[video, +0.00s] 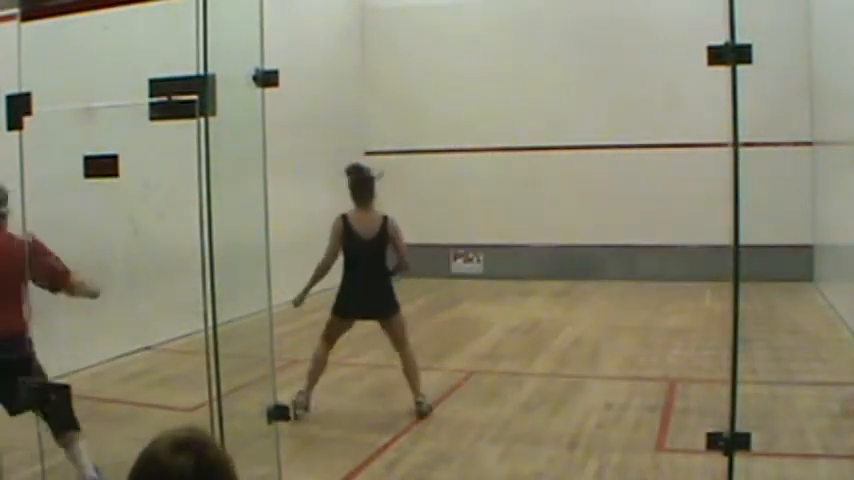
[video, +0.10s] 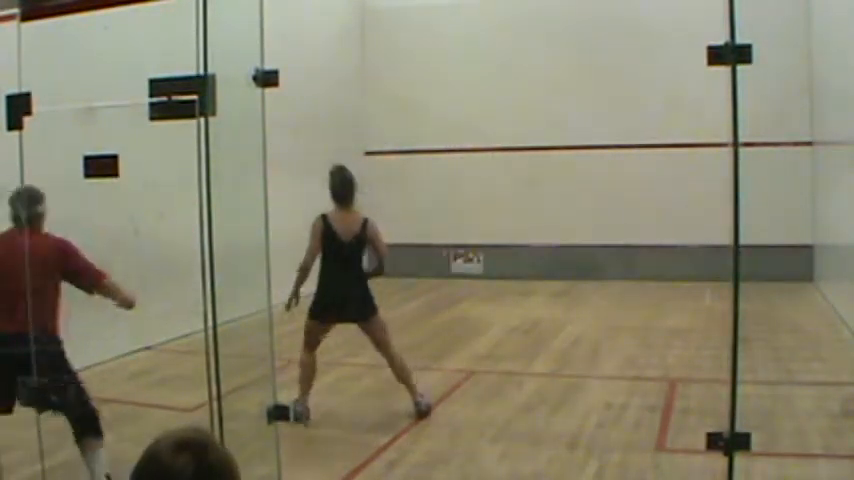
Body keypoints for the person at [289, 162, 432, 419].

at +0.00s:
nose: (365, 195)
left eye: (356, 191)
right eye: (369, 190)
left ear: (351, 194)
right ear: (373, 192)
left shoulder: (343, 223)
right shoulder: (388, 223)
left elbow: (328, 262)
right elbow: (404, 262)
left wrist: (305, 291)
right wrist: (388, 272)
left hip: (350, 296)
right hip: (381, 295)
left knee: (326, 342)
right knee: (403, 347)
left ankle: (305, 395)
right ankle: (419, 398)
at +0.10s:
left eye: (334, 190)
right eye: (347, 189)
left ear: (331, 193)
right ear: (354, 191)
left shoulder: (322, 223)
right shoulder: (366, 224)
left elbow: (308, 263)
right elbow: (381, 263)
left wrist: (295, 290)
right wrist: (363, 274)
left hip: (328, 298)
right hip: (358, 296)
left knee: (309, 349)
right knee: (388, 350)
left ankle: (302, 403)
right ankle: (418, 399)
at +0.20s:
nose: (312, 184)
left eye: (309, 180)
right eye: (320, 180)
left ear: (307, 183)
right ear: (330, 182)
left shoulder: (301, 210)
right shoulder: (342, 214)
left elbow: (290, 249)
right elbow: (357, 254)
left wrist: (278, 274)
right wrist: (335, 263)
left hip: (303, 287)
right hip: (332, 285)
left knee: (289, 345)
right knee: (353, 343)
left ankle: (297, 402)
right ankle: (382, 397)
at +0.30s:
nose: (285, 174)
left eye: (284, 170)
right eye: (291, 170)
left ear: (283, 173)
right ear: (306, 171)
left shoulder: (282, 200)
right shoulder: (318, 203)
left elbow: (277, 238)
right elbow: (329, 246)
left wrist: (260, 262)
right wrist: (306, 252)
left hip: (287, 274)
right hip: (313, 274)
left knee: (271, 336)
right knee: (307, 336)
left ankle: (278, 399)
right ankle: (318, 398)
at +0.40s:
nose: (259, 177)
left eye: (260, 172)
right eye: (261, 172)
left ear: (263, 175)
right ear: (282, 174)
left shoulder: (265, 205)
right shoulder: (296, 208)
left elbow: (263, 248)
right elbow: (298, 248)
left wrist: (239, 265)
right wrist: (274, 256)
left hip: (270, 282)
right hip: (294, 280)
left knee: (245, 337)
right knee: (274, 340)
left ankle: (249, 405)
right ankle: (274, 399)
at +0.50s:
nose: (241, 195)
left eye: (242, 190)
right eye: (244, 189)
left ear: (243, 193)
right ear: (263, 191)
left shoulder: (248, 224)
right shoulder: (272, 223)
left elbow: (248, 263)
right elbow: (268, 261)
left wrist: (221, 275)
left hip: (253, 297)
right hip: (271, 294)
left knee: (233, 352)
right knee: (254, 349)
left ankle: (230, 417)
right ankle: (268, 399)